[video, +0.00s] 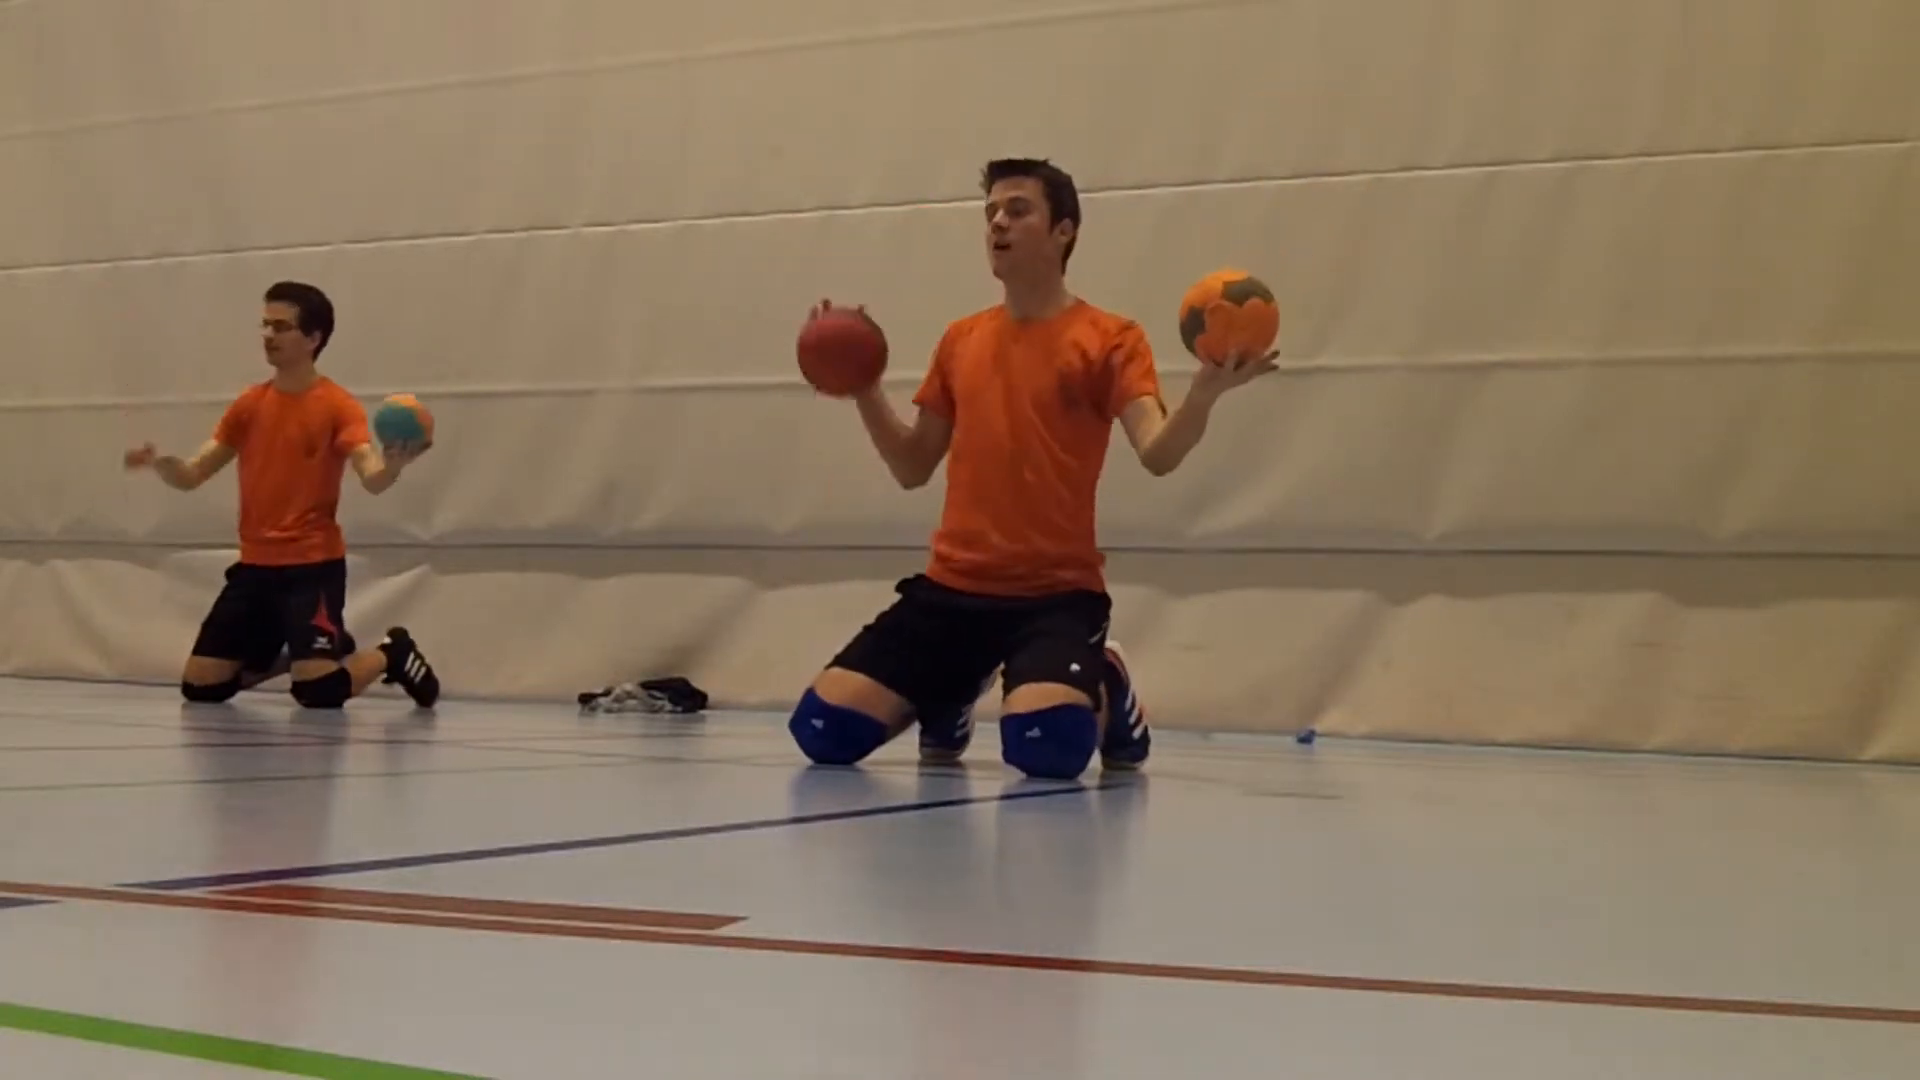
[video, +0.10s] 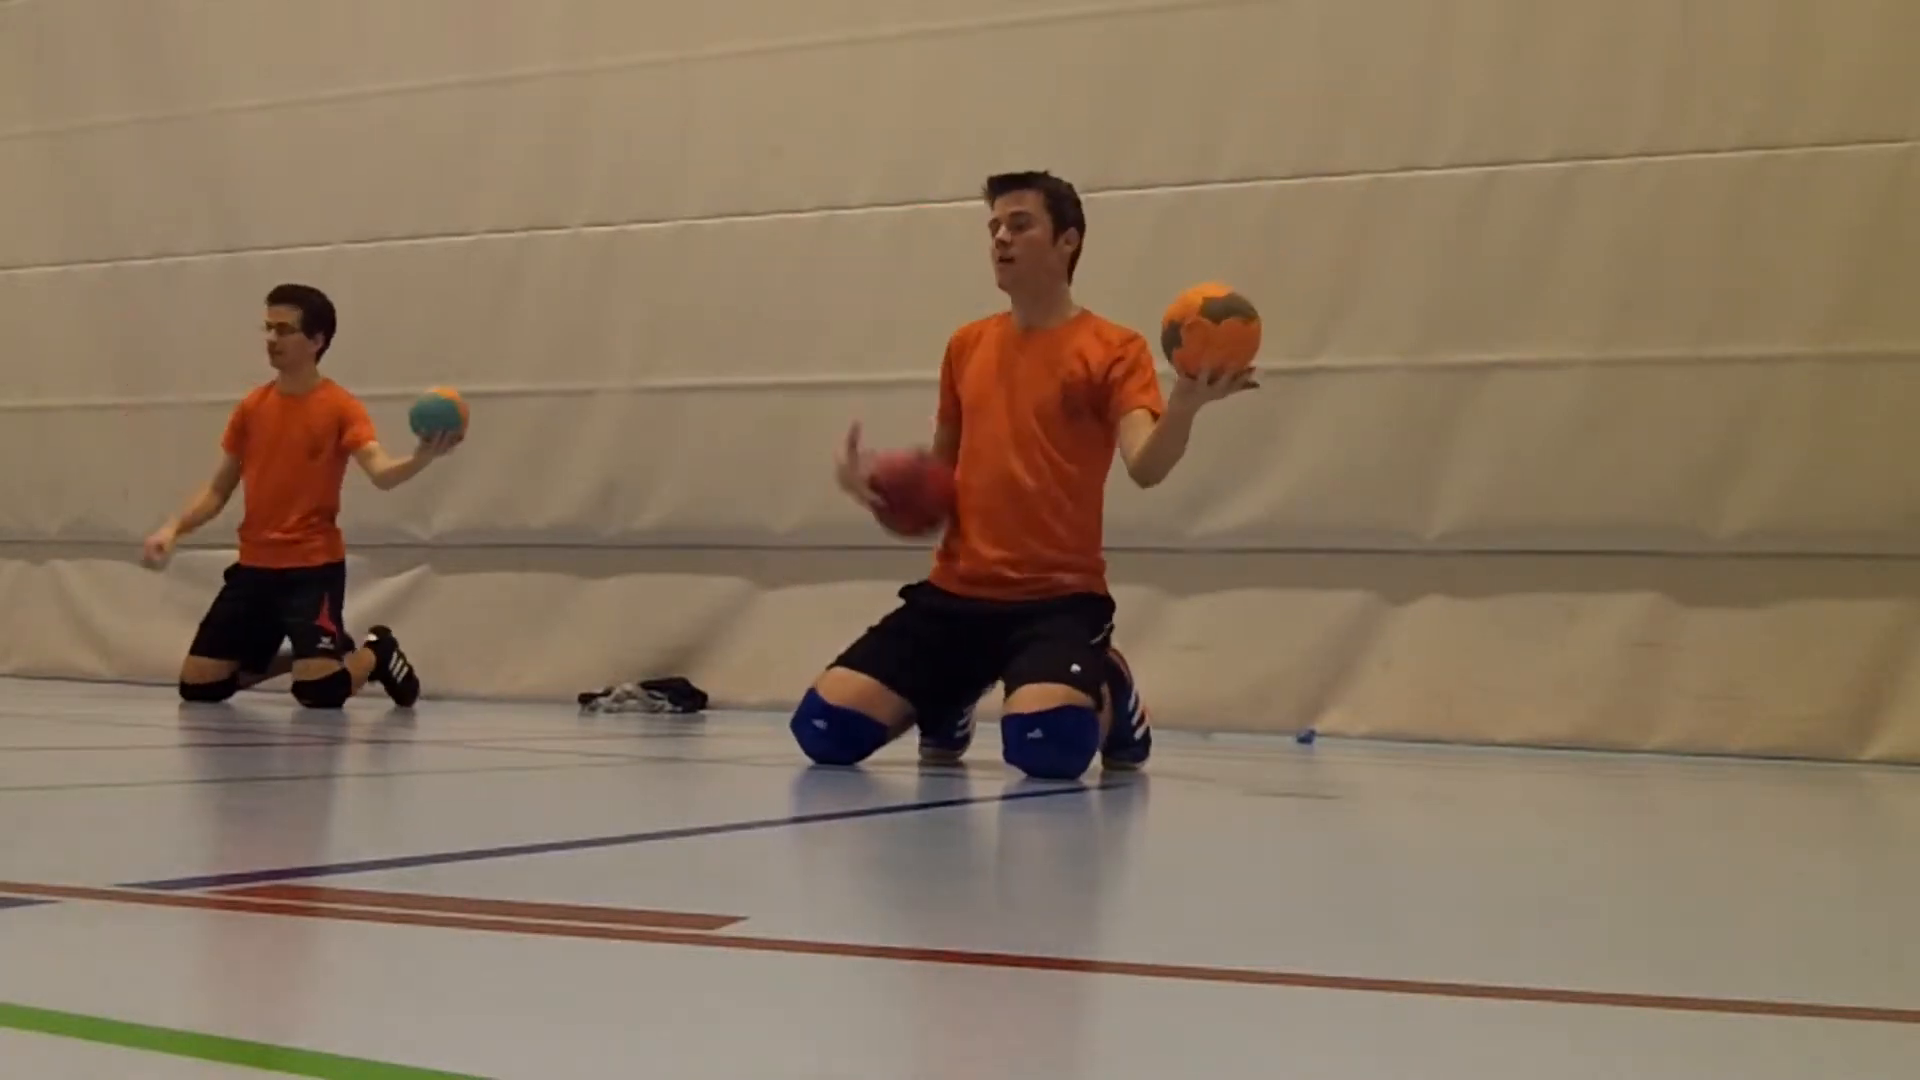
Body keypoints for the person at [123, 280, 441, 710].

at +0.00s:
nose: (268, 335)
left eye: (280, 326)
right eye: (266, 325)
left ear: (314, 338)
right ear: (261, 330)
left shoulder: (338, 406)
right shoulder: (250, 405)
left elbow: (373, 480)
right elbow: (192, 475)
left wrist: (394, 462)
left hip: (314, 569)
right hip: (254, 569)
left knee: (317, 691)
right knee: (201, 686)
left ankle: (394, 655)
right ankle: (306, 654)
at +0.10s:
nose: (271, 339)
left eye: (284, 330)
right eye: (268, 329)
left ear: (317, 341)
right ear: (264, 333)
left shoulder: (338, 406)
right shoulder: (252, 407)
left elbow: (383, 474)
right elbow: (217, 491)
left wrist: (423, 457)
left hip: (314, 569)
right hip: (253, 568)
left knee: (316, 692)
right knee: (198, 686)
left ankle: (379, 653)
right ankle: (312, 657)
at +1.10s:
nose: (250, 362)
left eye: (261, 351)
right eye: (248, 352)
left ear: (298, 360)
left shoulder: (335, 422)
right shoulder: (255, 432)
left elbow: (364, 500)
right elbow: (249, 526)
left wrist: (404, 522)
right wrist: (196, 585)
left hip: (324, 582)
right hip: (268, 585)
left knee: (314, 692)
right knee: (194, 684)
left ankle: (375, 653)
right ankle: (302, 653)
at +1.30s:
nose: (238, 378)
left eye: (250, 368)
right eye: (238, 369)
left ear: (285, 375)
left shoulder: (324, 430)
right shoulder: (250, 452)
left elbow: (352, 507)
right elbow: (218, 536)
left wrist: (379, 518)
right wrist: (136, 554)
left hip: (333, 589)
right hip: (277, 594)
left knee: (322, 690)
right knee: (194, 682)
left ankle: (380, 654)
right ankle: (301, 657)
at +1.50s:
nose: (246, 377)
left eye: (255, 367)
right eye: (247, 367)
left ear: (289, 371)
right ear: (276, 372)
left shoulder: (329, 428)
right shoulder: (258, 437)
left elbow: (346, 515)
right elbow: (226, 508)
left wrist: (355, 512)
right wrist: (144, 492)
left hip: (325, 585)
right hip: (270, 590)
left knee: (328, 685)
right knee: (188, 683)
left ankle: (386, 649)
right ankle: (298, 657)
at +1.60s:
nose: (257, 370)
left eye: (266, 360)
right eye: (259, 360)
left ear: (299, 366)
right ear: (292, 368)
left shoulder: (337, 425)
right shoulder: (278, 428)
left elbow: (354, 501)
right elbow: (279, 496)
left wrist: (352, 511)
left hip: (323, 579)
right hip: (269, 580)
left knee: (320, 684)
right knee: (194, 683)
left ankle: (381, 649)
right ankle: (303, 651)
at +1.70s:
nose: (265, 373)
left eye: (275, 363)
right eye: (266, 362)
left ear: (309, 371)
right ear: (302, 373)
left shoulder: (336, 424)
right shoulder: (300, 423)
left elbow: (352, 495)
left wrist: (355, 514)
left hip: (322, 582)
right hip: (274, 581)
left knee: (310, 689)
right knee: (196, 682)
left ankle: (382, 650)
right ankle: (298, 648)